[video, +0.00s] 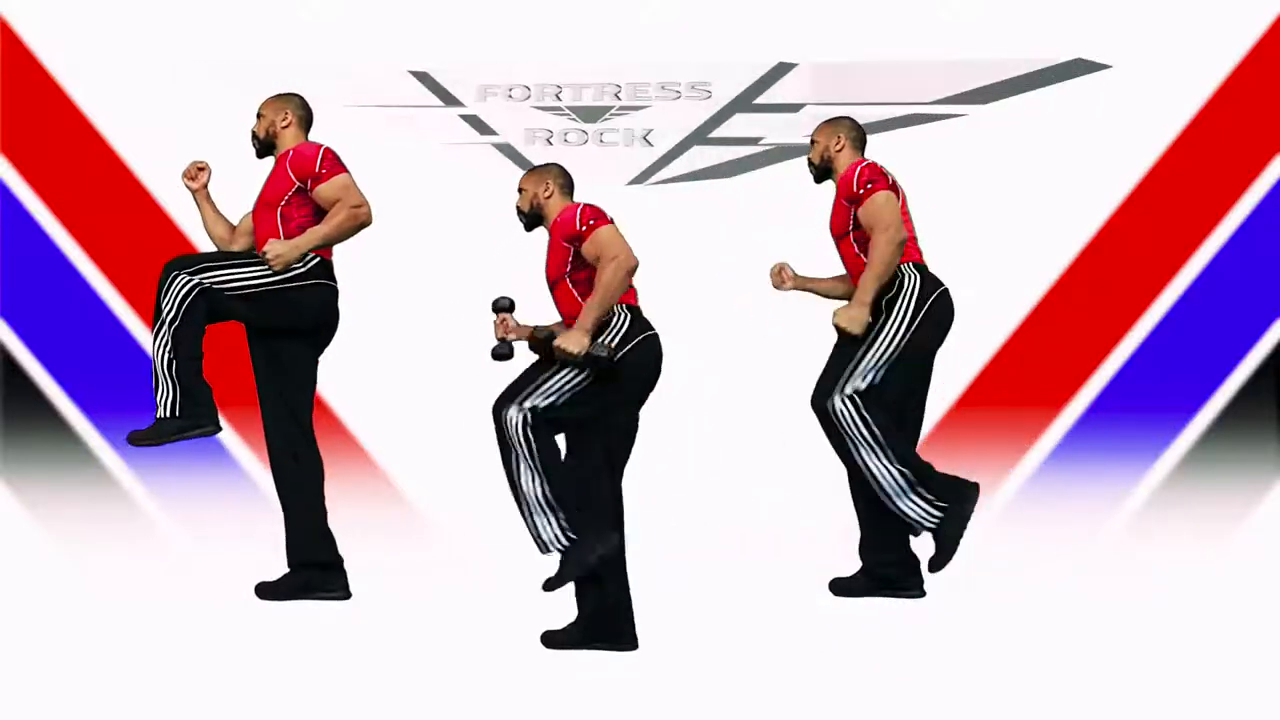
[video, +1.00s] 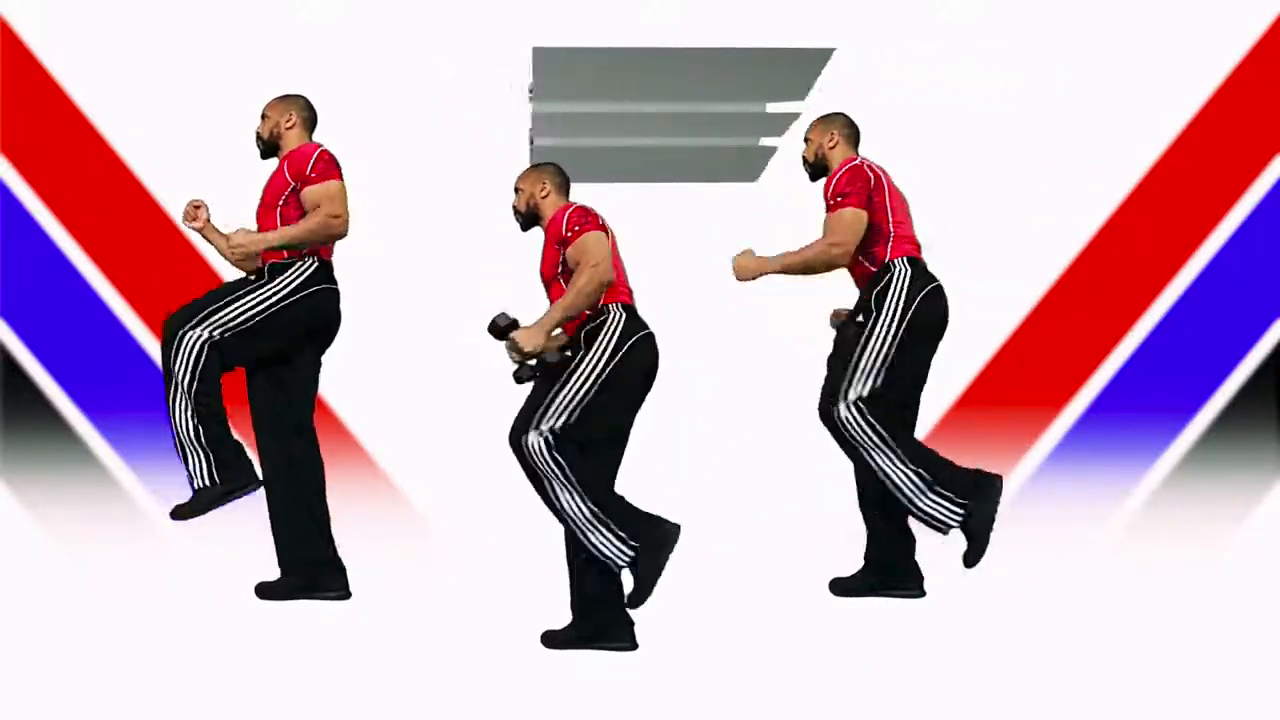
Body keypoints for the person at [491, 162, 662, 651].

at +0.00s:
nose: (518, 202)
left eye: (522, 192)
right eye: (518, 194)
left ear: (548, 189)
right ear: (548, 190)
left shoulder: (573, 215)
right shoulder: (565, 246)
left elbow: (620, 260)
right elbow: (584, 328)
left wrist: (582, 327)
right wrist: (524, 332)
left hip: (614, 340)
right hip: (621, 356)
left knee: (516, 412)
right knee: (591, 481)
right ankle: (605, 620)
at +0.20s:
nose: (529, 191)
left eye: (534, 181)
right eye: (529, 183)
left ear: (560, 177)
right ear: (562, 179)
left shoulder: (585, 206)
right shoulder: (568, 236)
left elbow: (646, 249)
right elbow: (549, 312)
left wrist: (626, 319)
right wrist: (499, 282)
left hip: (596, 330)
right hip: (604, 353)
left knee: (488, 349)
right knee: (581, 483)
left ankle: (506, 475)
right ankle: (603, 620)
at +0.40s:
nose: (532, 191)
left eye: (538, 181)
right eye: (532, 183)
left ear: (564, 179)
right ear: (562, 181)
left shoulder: (587, 208)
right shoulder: (566, 241)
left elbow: (642, 254)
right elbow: (547, 312)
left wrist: (629, 325)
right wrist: (499, 280)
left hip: (596, 328)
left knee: (485, 356)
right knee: (580, 489)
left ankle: (501, 485)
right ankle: (601, 622)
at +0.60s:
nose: (533, 194)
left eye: (538, 184)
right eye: (533, 186)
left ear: (563, 181)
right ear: (563, 184)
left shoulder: (586, 207)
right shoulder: (569, 239)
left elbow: (643, 245)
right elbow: (554, 315)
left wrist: (634, 317)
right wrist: (500, 284)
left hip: (595, 326)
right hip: (602, 351)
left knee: (482, 342)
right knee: (578, 484)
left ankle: (489, 474)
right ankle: (602, 620)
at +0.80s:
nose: (530, 193)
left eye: (535, 184)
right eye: (530, 185)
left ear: (561, 182)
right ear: (559, 184)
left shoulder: (582, 208)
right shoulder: (565, 240)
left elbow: (635, 249)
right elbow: (558, 318)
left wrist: (619, 320)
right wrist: (503, 292)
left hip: (589, 337)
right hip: (604, 355)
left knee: (482, 363)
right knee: (578, 488)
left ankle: (500, 494)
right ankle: (602, 621)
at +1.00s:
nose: (513, 201)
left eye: (518, 190)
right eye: (514, 194)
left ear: (543, 187)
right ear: (548, 190)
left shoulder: (574, 216)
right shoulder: (557, 245)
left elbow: (598, 271)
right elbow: (576, 328)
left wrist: (544, 327)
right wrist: (541, 348)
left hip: (613, 333)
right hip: (606, 345)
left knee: (536, 436)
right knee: (586, 484)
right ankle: (600, 619)